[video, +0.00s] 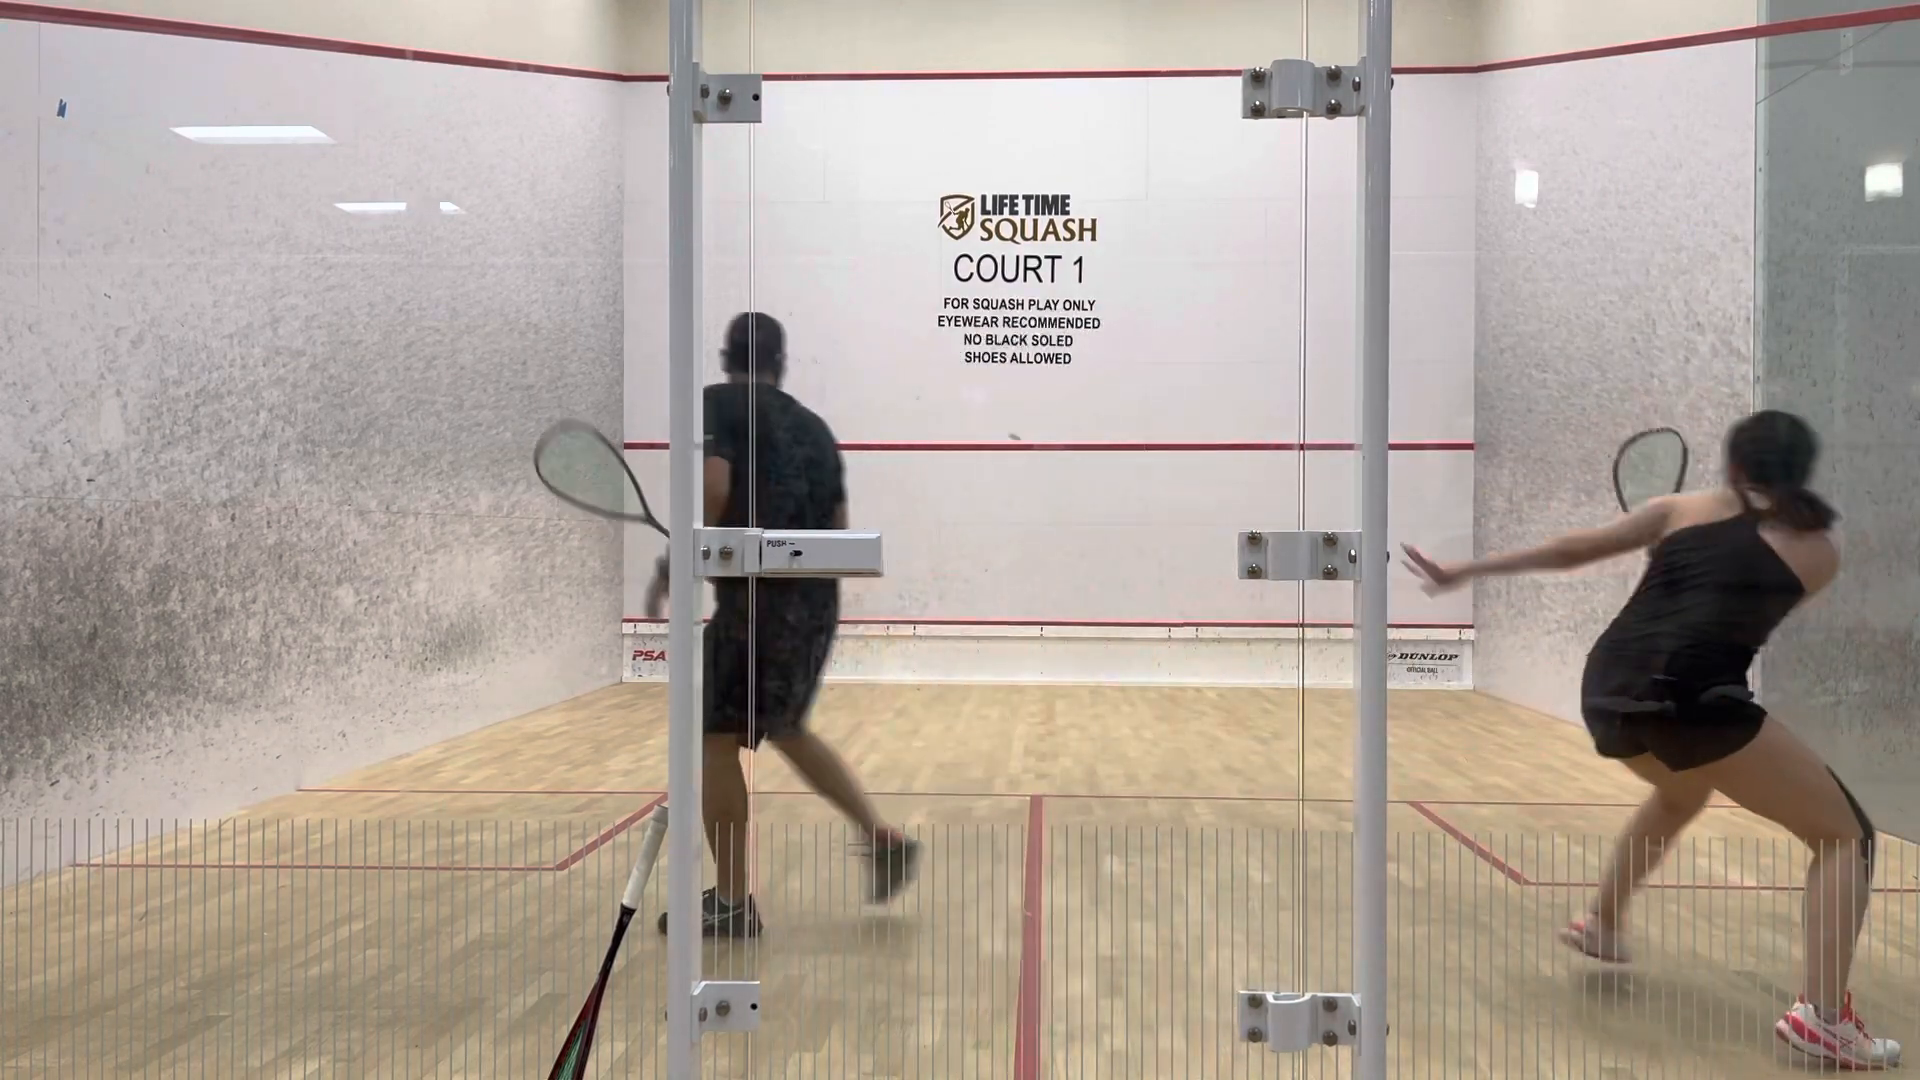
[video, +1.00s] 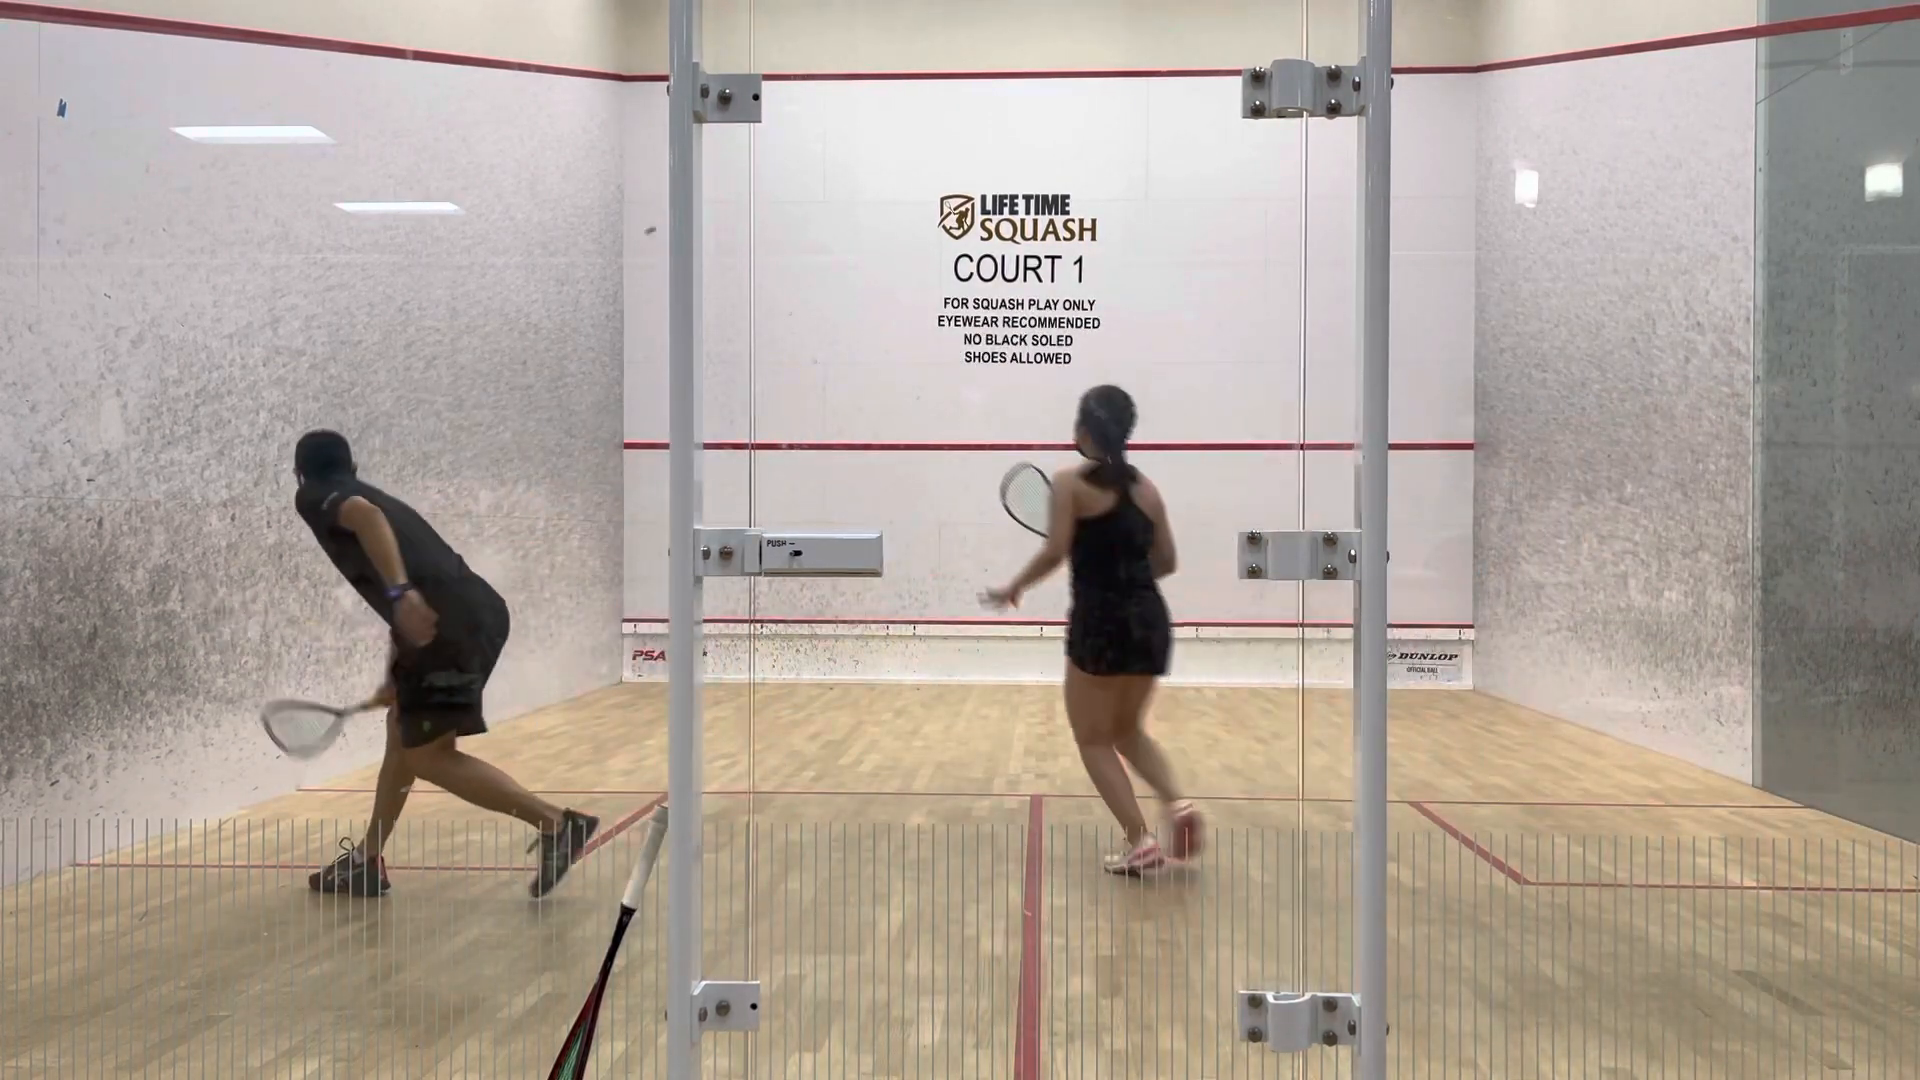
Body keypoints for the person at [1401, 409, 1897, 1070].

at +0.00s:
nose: (1727, 470)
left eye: (1729, 460)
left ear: (1731, 466)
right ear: (1801, 476)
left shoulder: (1678, 510)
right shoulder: (1819, 553)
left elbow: (1570, 549)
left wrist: (1462, 571)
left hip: (1611, 696)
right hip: (1696, 707)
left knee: (1682, 793)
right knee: (1845, 836)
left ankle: (1601, 923)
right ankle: (1823, 1013)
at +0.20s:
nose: (1542, 452)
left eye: (1547, 441)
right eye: (1549, 441)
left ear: (1560, 445)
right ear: (1614, 448)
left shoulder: (1538, 497)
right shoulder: (1656, 521)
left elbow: (1436, 508)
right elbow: (1669, 626)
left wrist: (1335, 486)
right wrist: (1615, 587)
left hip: (1548, 692)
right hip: (1639, 697)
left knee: (1504, 817)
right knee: (1731, 847)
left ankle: (1480, 937)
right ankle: (1812, 1003)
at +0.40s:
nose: (1395, 405)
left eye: (1399, 395)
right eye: (1399, 395)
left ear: (1410, 400)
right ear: (1463, 400)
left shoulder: (1394, 452)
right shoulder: (1500, 471)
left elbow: (1302, 489)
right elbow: (1555, 547)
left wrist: (1208, 483)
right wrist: (1523, 605)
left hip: (1417, 644)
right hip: (1497, 640)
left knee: (1425, 801)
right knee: (1524, 791)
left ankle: (1458, 935)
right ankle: (1567, 907)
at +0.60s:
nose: (1289, 406)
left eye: (1293, 397)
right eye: (1292, 397)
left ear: (1310, 401)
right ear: (1352, 400)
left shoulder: (1282, 462)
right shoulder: (1393, 466)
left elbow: (1243, 541)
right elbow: (1431, 550)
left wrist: (1195, 603)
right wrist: (1394, 593)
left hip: (1304, 622)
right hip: (1374, 623)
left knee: (1286, 751)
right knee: (1356, 766)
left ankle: (1291, 843)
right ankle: (1364, 903)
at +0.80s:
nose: (1168, 436)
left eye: (1175, 427)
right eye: (1172, 426)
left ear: (1192, 435)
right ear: (1224, 438)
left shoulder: (1174, 487)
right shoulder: (1250, 491)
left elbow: (1186, 559)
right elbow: (1279, 555)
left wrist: (1153, 635)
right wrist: (1245, 593)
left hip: (1199, 641)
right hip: (1258, 638)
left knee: (1155, 746)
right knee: (1287, 765)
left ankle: (1144, 852)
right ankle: (1346, 857)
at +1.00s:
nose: (1073, 430)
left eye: (1077, 423)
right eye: (1078, 422)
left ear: (1084, 430)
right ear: (1123, 432)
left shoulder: (1069, 481)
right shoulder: (1145, 488)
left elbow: (1056, 550)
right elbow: (1165, 560)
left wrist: (1014, 588)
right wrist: (1119, 576)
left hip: (1098, 627)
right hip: (1149, 623)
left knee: (1093, 740)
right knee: (1129, 730)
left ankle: (1141, 841)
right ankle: (1178, 803)